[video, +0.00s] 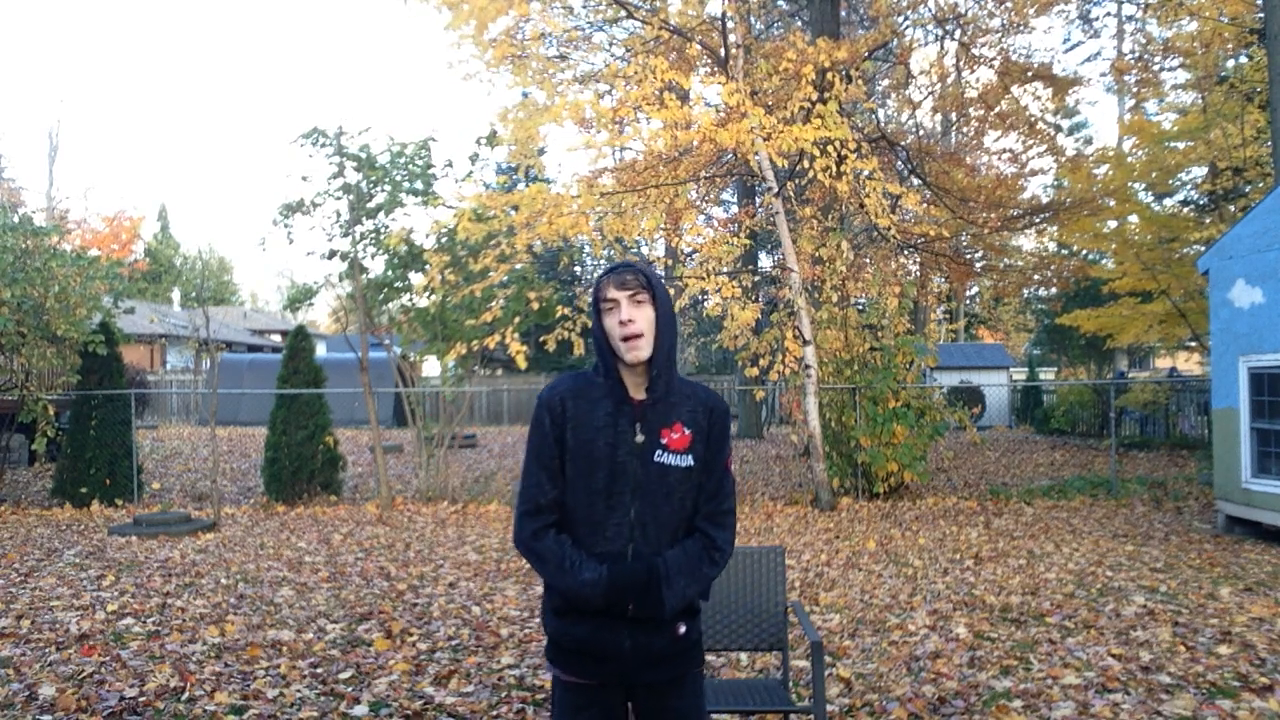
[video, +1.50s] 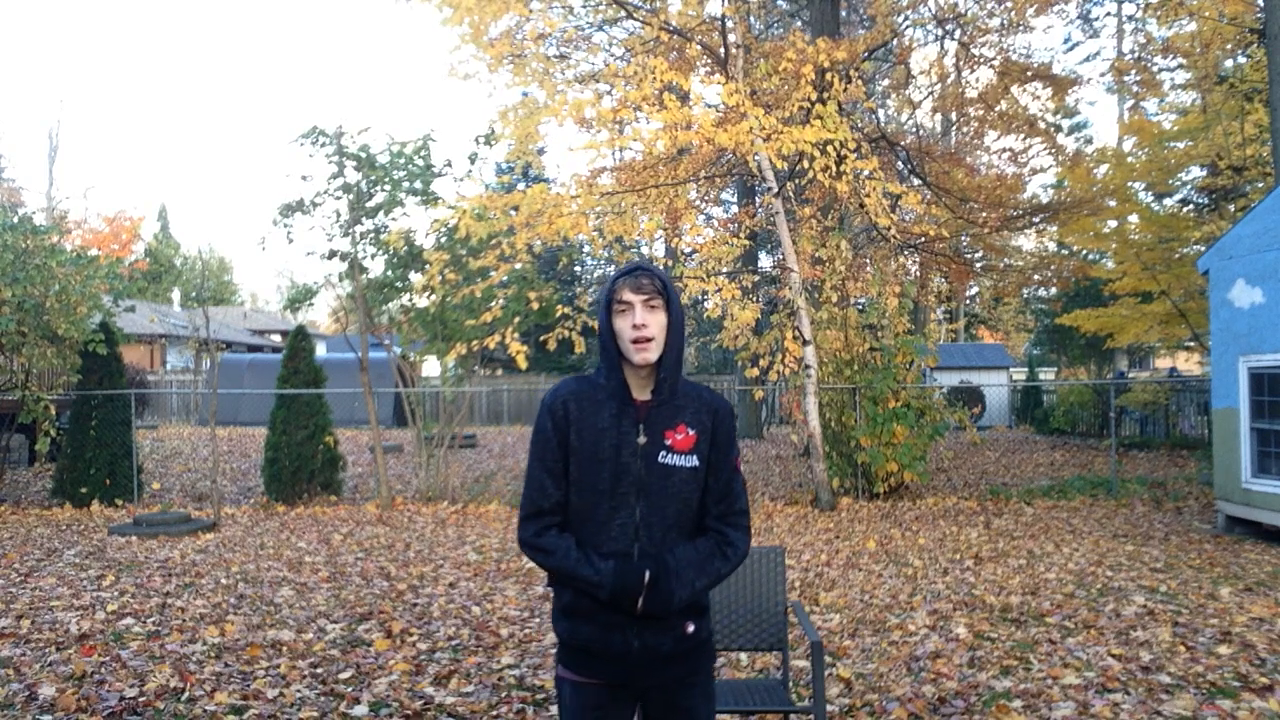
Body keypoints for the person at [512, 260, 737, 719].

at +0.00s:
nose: (626, 318)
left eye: (638, 302)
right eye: (611, 307)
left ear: (662, 313)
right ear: (599, 324)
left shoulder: (704, 409)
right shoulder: (562, 402)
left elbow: (717, 531)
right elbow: (532, 527)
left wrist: (659, 583)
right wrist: (601, 583)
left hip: (670, 649)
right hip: (582, 649)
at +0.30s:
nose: (641, 319)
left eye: (654, 304)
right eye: (626, 308)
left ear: (678, 316)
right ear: (615, 325)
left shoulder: (716, 412)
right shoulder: (574, 401)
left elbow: (730, 536)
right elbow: (546, 526)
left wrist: (666, 585)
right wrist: (612, 585)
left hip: (681, 651)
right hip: (593, 650)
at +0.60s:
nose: (617, 314)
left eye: (633, 303)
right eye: (605, 301)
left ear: (649, 322)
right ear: (585, 317)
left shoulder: (690, 400)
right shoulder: (548, 412)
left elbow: (734, 518)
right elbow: (530, 537)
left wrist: (662, 565)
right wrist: (607, 570)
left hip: (683, 648)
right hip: (593, 651)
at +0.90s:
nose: (601, 325)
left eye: (616, 314)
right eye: (589, 310)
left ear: (632, 333)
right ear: (568, 326)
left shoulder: (672, 410)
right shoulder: (531, 422)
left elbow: (727, 522)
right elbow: (506, 550)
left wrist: (647, 567)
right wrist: (592, 571)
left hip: (663, 653)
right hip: (574, 656)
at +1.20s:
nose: (621, 320)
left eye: (633, 306)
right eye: (605, 308)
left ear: (653, 319)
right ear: (588, 323)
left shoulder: (689, 409)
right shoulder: (545, 407)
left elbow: (713, 529)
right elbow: (515, 532)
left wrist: (651, 578)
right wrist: (594, 577)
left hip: (667, 648)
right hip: (578, 651)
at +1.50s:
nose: (639, 322)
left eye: (652, 307)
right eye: (623, 309)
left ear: (672, 319)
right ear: (608, 323)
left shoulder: (709, 411)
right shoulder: (566, 405)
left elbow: (732, 531)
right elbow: (536, 528)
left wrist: (667, 579)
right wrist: (611, 578)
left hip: (681, 651)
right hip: (590, 651)